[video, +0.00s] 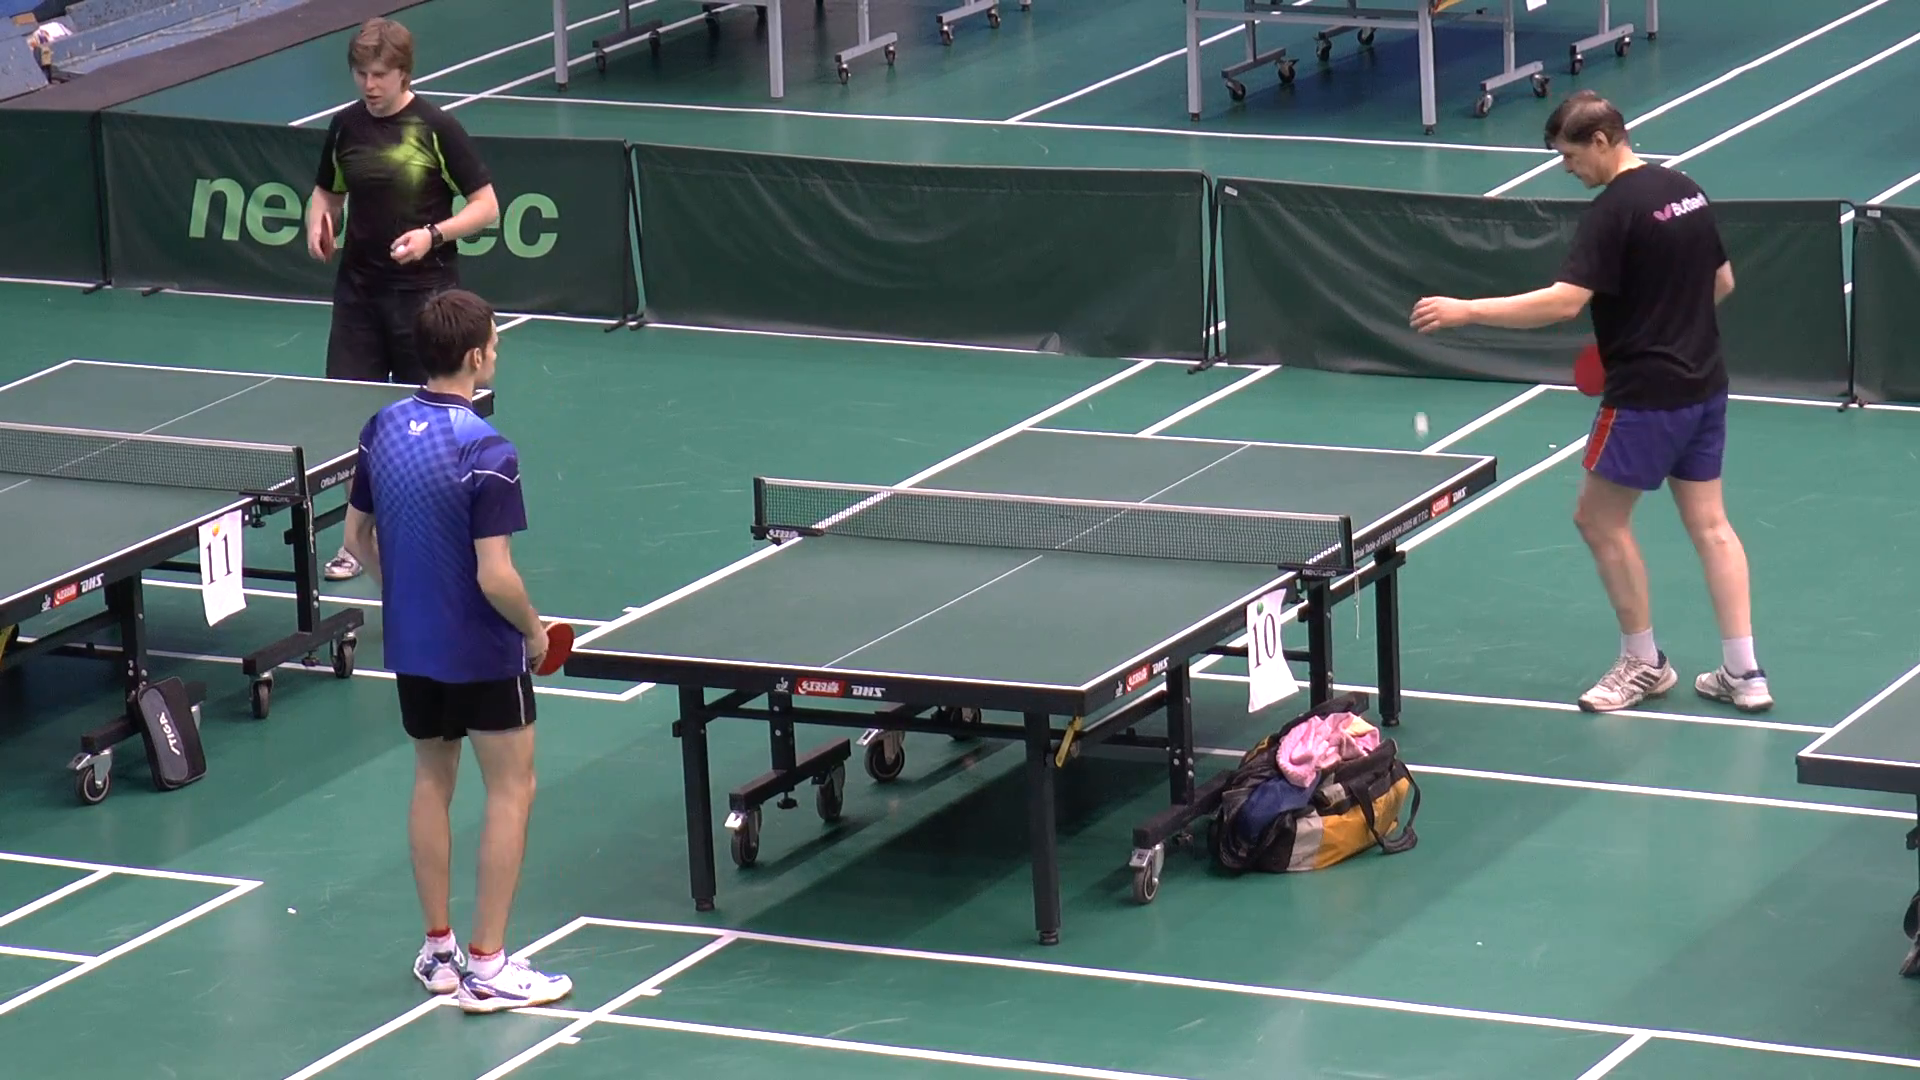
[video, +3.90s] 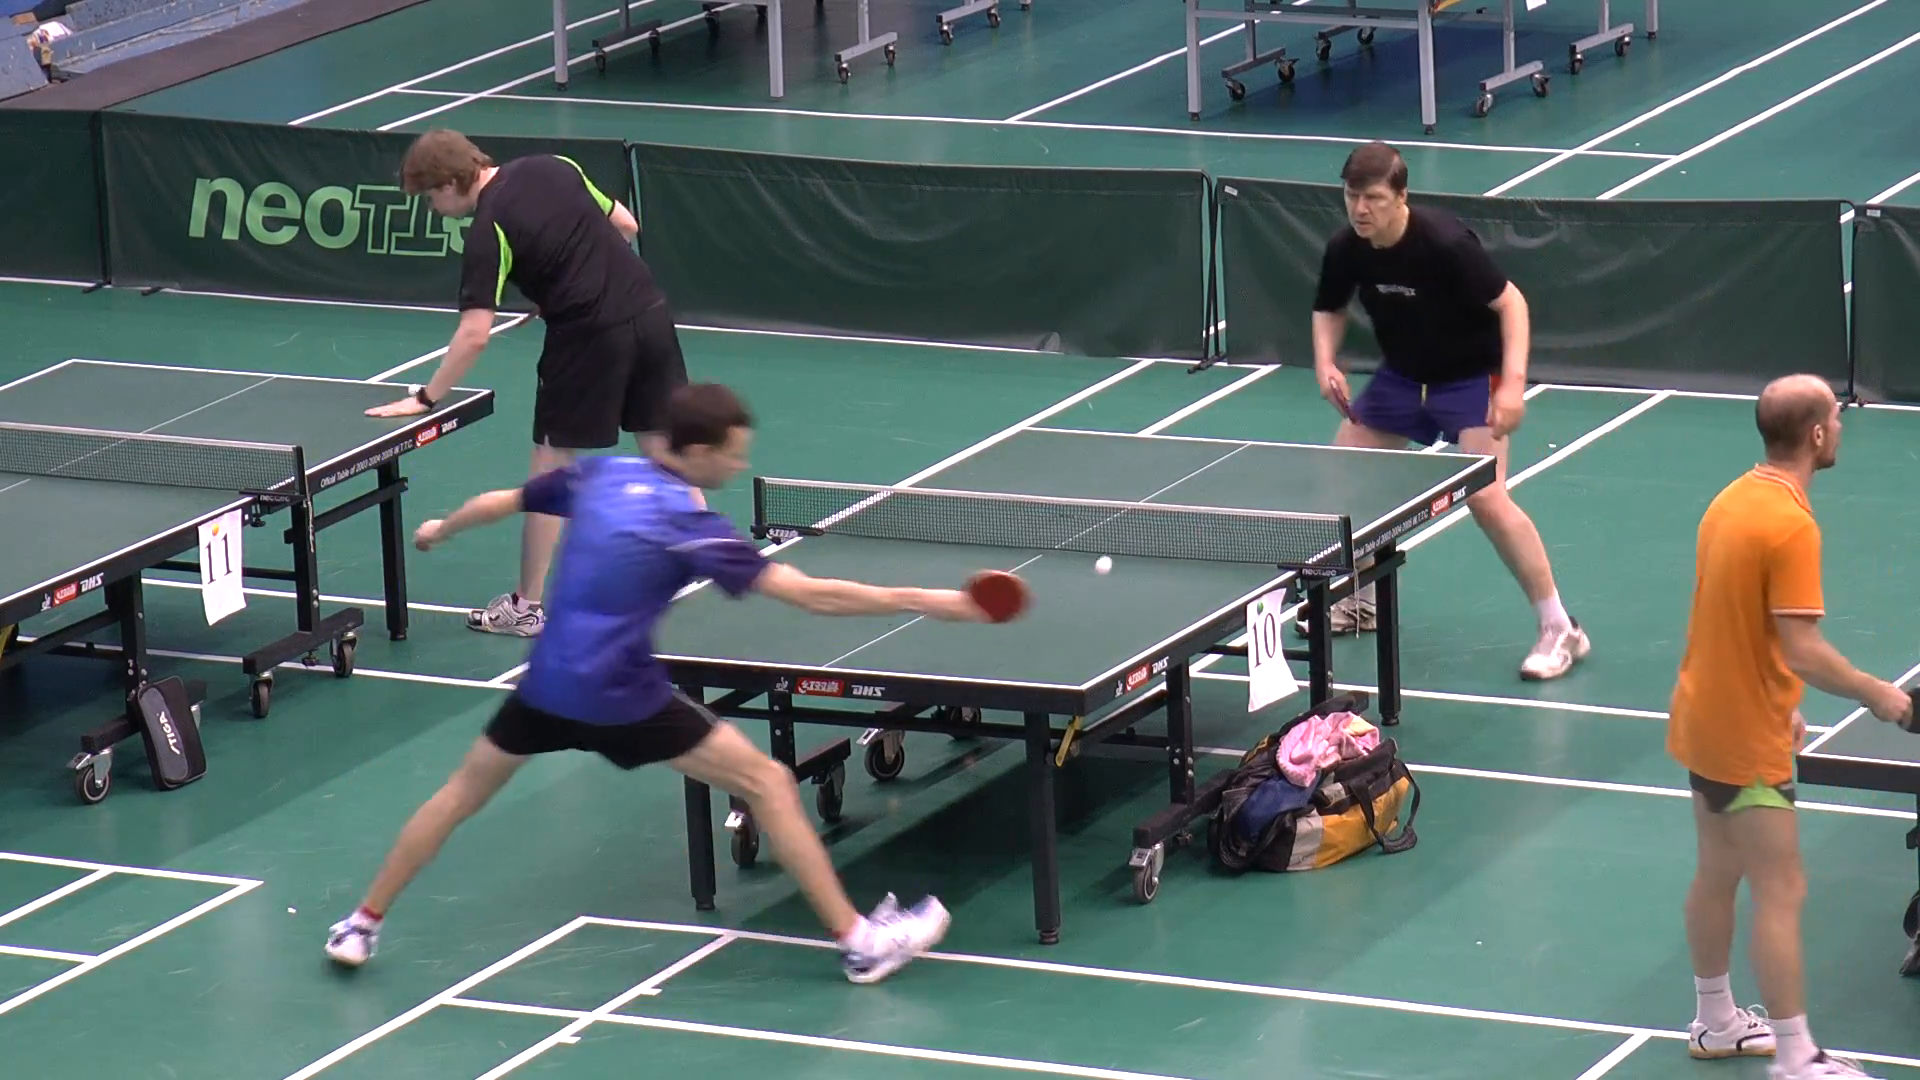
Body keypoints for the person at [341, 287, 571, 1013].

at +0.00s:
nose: (496, 352)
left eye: (492, 341)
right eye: (493, 344)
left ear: (426, 353)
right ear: (477, 354)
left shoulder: (384, 424)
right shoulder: (486, 448)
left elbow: (360, 541)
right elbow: (494, 576)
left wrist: (408, 586)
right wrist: (536, 631)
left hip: (413, 648)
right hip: (482, 652)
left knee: (433, 779)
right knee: (510, 787)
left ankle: (438, 950)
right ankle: (487, 961)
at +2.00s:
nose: (445, 356)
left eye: (442, 344)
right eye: (441, 346)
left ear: (376, 365)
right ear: (425, 360)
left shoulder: (350, 430)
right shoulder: (439, 448)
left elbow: (329, 538)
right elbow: (457, 575)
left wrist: (380, 596)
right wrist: (517, 602)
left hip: (383, 648)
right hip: (443, 655)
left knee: (355, 780)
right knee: (473, 802)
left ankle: (340, 912)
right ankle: (486, 974)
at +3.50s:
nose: (524, 418)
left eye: (524, 406)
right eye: (521, 406)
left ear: (458, 402)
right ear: (493, 410)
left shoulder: (404, 460)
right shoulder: (481, 490)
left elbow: (357, 562)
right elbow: (525, 609)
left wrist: (424, 595)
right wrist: (613, 623)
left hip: (408, 676)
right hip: (469, 686)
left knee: (416, 778)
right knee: (572, 808)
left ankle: (346, 926)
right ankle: (495, 966)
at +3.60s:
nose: (530, 440)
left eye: (530, 428)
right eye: (525, 428)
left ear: (467, 425)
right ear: (495, 430)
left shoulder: (412, 481)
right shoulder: (488, 513)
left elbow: (376, 573)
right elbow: (550, 617)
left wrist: (467, 598)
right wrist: (657, 638)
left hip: (418, 693)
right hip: (481, 699)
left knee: (418, 794)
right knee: (619, 786)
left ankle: (339, 934)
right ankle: (535, 936)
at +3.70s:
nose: (568, 456)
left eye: (568, 444)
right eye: (563, 445)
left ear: (512, 442)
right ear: (525, 445)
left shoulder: (451, 488)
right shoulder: (528, 525)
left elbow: (404, 553)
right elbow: (620, 608)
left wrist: (496, 581)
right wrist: (735, 621)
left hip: (438, 702)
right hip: (503, 706)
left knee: (421, 802)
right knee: (658, 769)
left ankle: (340, 933)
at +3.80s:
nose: (647, 457)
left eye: (647, 444)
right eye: (639, 446)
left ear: (576, 442)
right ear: (597, 445)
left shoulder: (513, 479)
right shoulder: (594, 521)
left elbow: (437, 524)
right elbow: (707, 589)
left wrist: (496, 546)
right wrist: (829, 600)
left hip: (479, 700)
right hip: (552, 703)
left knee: (426, 805)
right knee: (708, 767)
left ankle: (339, 935)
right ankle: (784, 927)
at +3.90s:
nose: (737, 469)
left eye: (739, 456)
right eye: (732, 457)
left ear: (669, 442)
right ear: (693, 450)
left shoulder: (596, 472)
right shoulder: (695, 523)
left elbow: (497, 503)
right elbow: (810, 594)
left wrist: (442, 526)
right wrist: (920, 600)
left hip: (544, 688)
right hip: (622, 697)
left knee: (458, 793)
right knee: (766, 779)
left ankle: (359, 924)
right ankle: (859, 938)